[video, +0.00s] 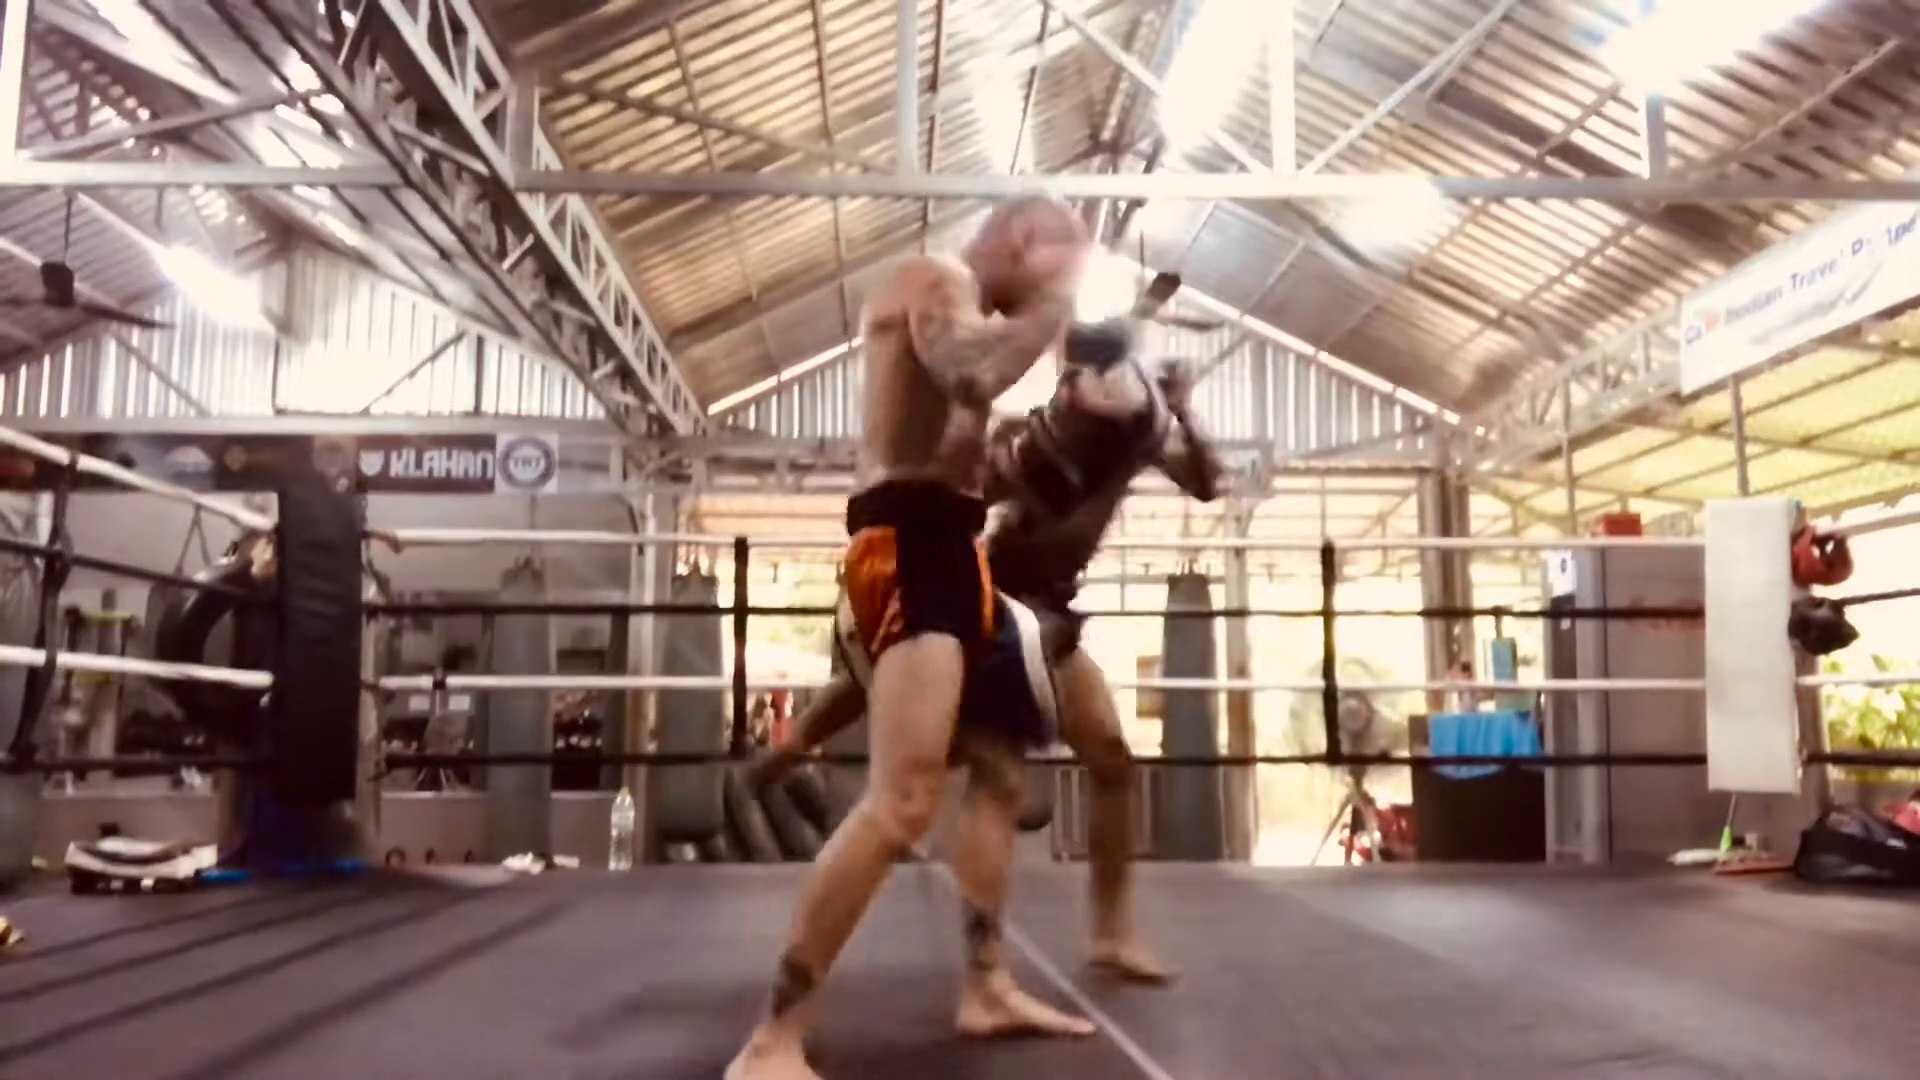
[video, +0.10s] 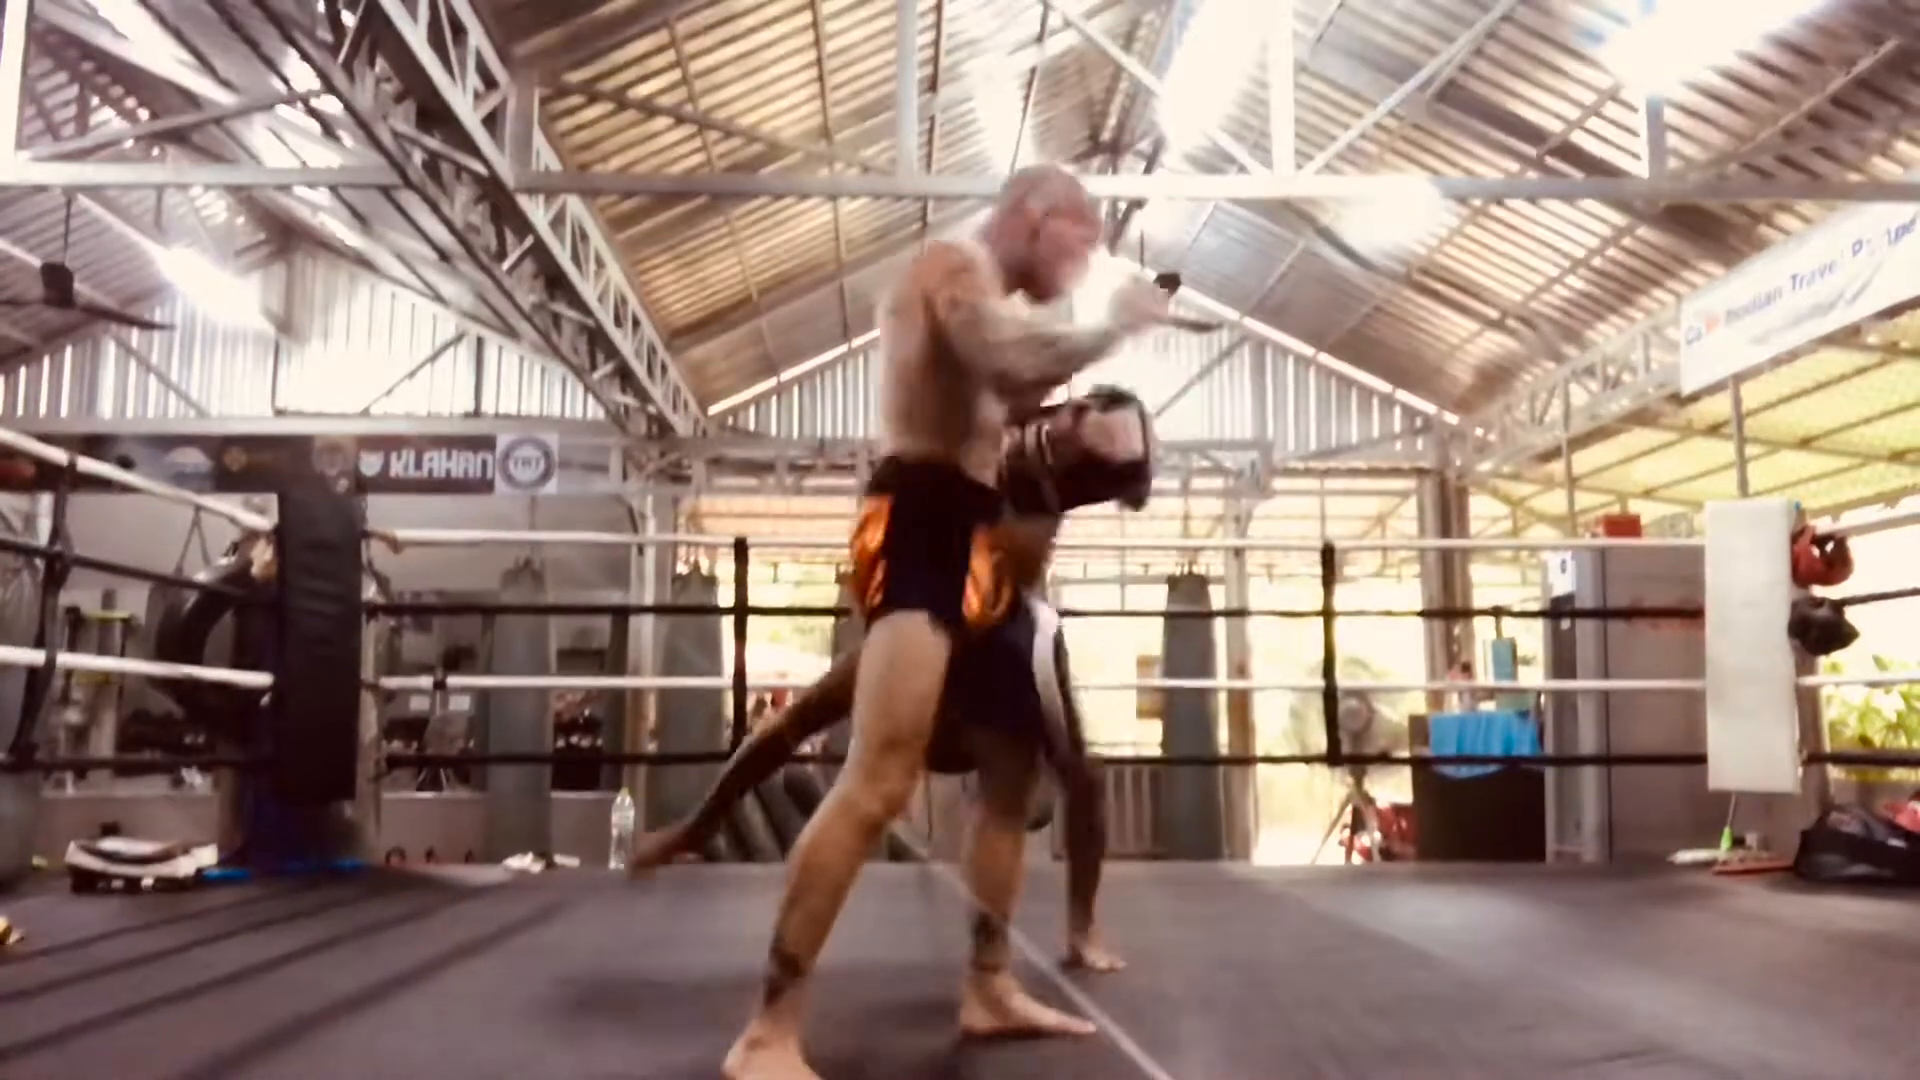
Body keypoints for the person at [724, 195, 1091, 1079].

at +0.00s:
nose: (1048, 286)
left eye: (1054, 272)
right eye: (1046, 265)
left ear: (1010, 245)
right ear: (1013, 240)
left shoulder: (971, 317)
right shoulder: (928, 277)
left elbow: (954, 467)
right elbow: (969, 372)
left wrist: (1022, 453)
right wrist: (1057, 308)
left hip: (956, 544)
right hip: (910, 539)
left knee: (998, 782)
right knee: (900, 804)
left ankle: (986, 987)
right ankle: (774, 1042)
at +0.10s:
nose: (1086, 264)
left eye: (1092, 248)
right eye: (1082, 242)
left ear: (1035, 220)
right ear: (1036, 217)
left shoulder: (1004, 304)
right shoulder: (951, 262)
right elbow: (1001, 356)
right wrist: (1117, 322)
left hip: (982, 536)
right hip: (922, 521)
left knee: (1014, 775)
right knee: (877, 784)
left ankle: (990, 987)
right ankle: (768, 1033)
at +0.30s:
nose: (1134, 240)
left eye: (1133, 222)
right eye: (1128, 220)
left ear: (1067, 214)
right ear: (1081, 213)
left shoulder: (1006, 288)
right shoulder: (1037, 259)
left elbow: (918, 440)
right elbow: (1102, 375)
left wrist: (1052, 482)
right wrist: (1171, 402)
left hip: (1005, 522)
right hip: (980, 509)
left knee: (1053, 765)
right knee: (902, 770)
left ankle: (1056, 993)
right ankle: (773, 1014)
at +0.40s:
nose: (1147, 254)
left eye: (1143, 239)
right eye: (1141, 237)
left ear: (1075, 231)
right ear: (1115, 229)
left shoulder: (1010, 314)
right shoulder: (1097, 277)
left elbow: (920, 438)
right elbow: (1166, 412)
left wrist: (974, 509)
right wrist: (1178, 455)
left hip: (991, 524)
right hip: (1033, 523)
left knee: (1083, 780)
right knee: (973, 782)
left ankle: (1075, 1004)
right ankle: (802, 993)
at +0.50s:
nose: (1162, 252)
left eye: (1155, 240)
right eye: (1158, 240)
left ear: (1082, 244)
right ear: (1144, 237)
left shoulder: (1028, 326)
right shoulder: (1149, 289)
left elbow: (946, 432)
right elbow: (1196, 411)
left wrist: (1007, 500)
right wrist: (1184, 478)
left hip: (1016, 533)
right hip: (1091, 520)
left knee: (1080, 788)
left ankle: (1077, 1006)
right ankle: (921, 942)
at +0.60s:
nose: (1181, 240)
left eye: (1168, 226)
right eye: (1178, 227)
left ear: (1105, 237)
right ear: (1172, 231)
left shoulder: (1051, 320)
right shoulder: (1195, 286)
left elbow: (975, 416)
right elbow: (1244, 420)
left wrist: (1044, 476)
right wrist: (1190, 475)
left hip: (1066, 528)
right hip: (1152, 514)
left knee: (1091, 776)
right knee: (1241, 761)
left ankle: (1077, 1000)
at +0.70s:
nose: (1197, 231)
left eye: (1184, 217)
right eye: (1195, 217)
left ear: (1133, 230)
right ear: (1201, 225)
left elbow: (1006, 405)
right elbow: (1303, 420)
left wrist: (1073, 443)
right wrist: (1231, 450)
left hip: (1122, 525)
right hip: (1223, 512)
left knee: (1108, 773)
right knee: (1324, 739)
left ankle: (1080, 1001)